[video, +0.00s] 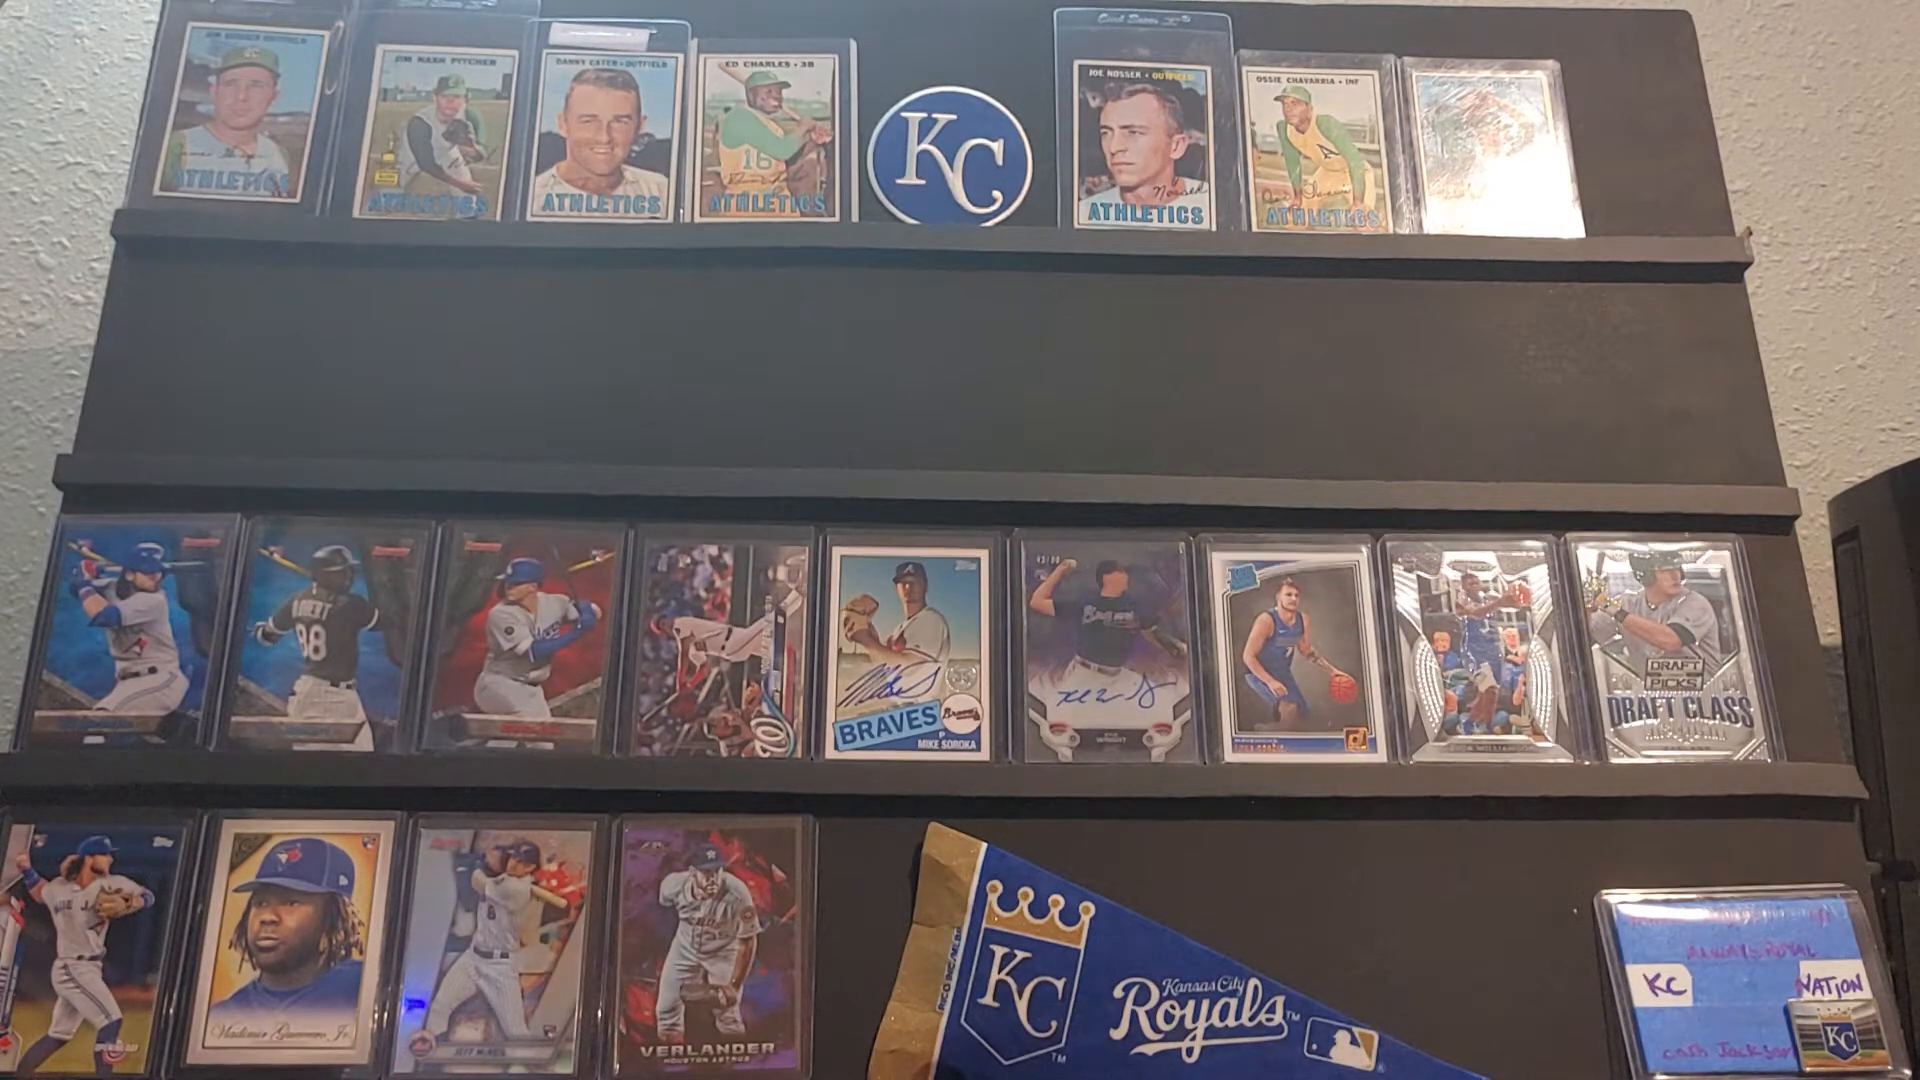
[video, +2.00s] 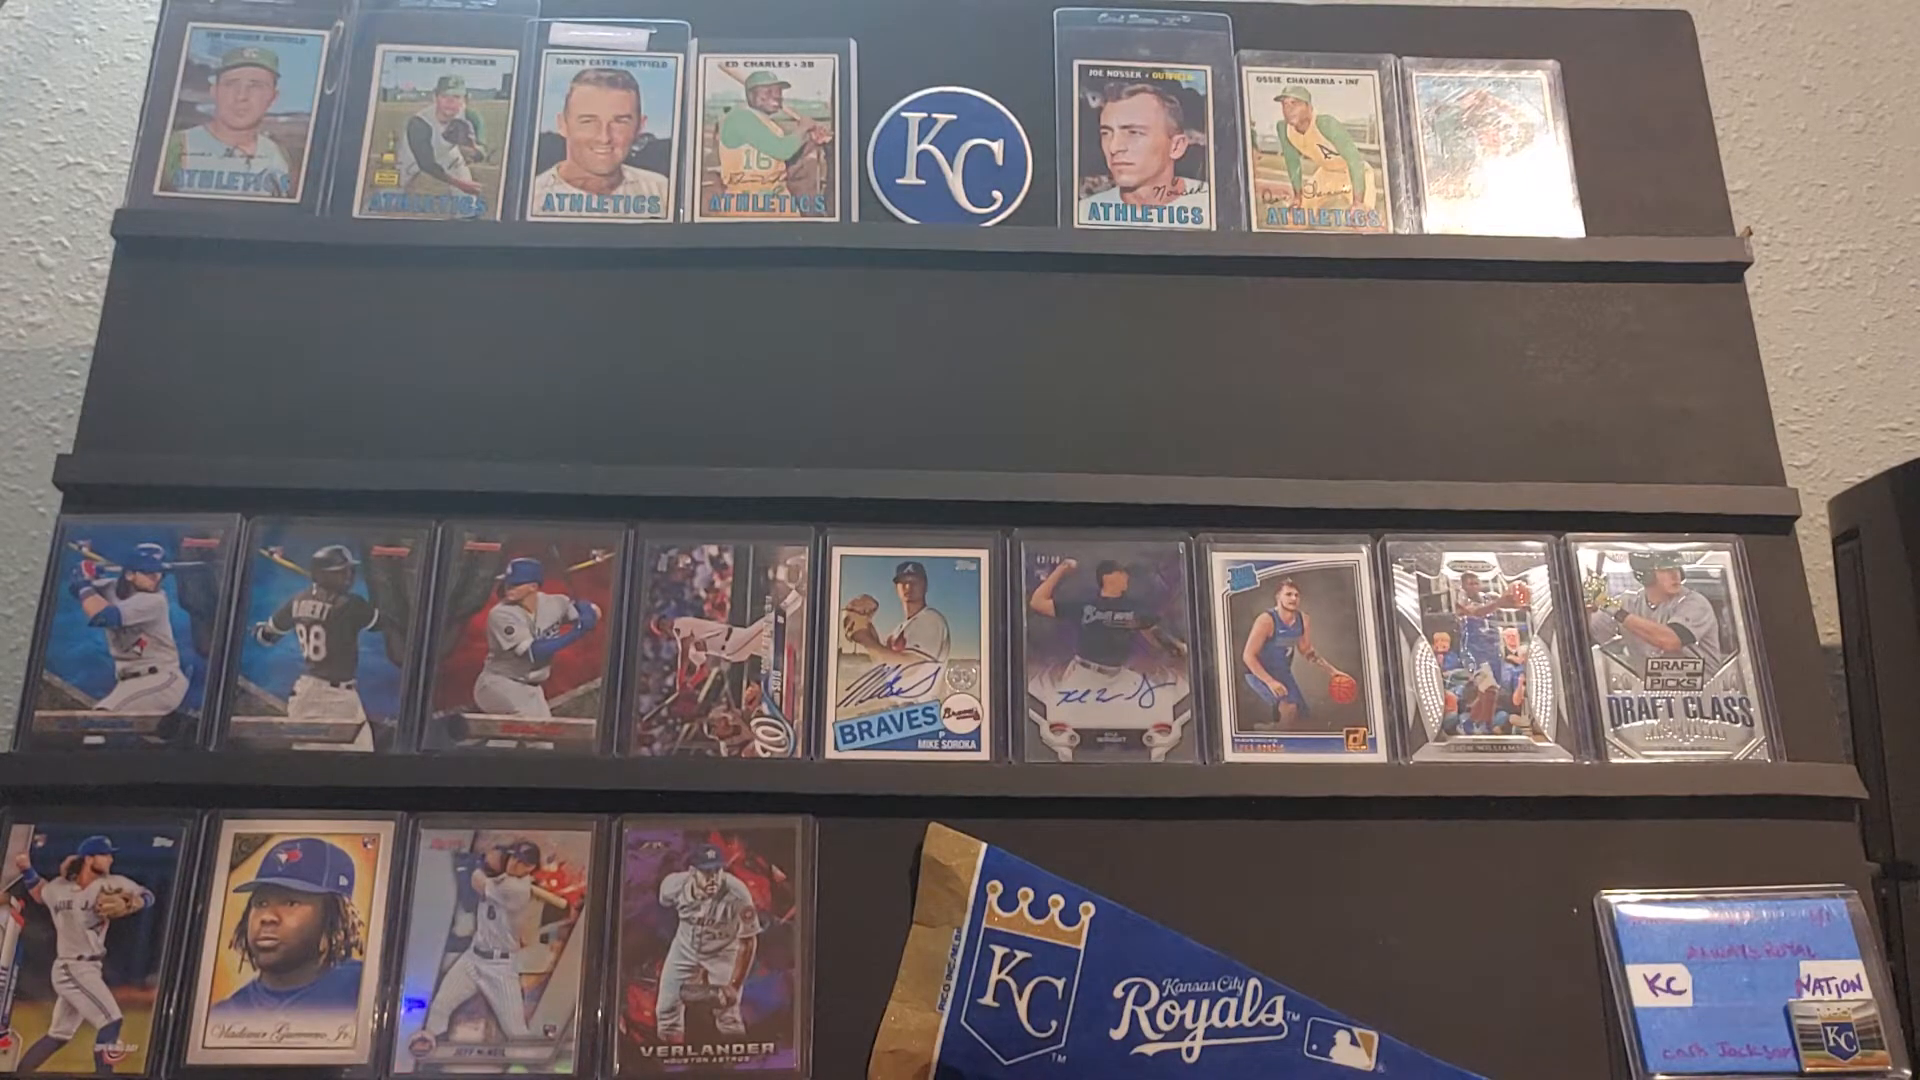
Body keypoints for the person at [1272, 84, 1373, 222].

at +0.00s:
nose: (1288, 109)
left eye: (1294, 104)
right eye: (1284, 104)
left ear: (1309, 108)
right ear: (1281, 108)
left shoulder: (1327, 124)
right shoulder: (1284, 128)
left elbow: (1355, 161)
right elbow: (1292, 163)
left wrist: (1358, 203)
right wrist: (1297, 197)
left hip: (1354, 172)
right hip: (1327, 172)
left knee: (1361, 218)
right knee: (1303, 207)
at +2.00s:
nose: (1288, 109)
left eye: (1294, 103)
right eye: (1284, 105)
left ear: (1308, 107)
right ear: (1281, 108)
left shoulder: (1327, 124)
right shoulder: (1283, 128)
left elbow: (1355, 160)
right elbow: (1293, 163)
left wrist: (1358, 202)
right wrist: (1297, 197)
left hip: (1354, 174)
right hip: (1327, 173)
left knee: (1360, 218)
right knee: (1302, 210)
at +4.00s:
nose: (1288, 109)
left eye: (1294, 103)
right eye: (1285, 104)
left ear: (1308, 107)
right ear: (1281, 108)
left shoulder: (1326, 124)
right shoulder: (1283, 128)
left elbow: (1355, 161)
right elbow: (1293, 163)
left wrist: (1358, 202)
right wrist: (1298, 197)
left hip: (1355, 172)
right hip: (1327, 172)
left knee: (1360, 218)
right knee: (1302, 208)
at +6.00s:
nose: (1288, 109)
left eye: (1294, 103)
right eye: (1285, 104)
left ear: (1309, 107)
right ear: (1281, 107)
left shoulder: (1327, 123)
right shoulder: (1283, 128)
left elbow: (1355, 161)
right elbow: (1293, 164)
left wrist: (1358, 202)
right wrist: (1297, 197)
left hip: (1355, 172)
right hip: (1327, 172)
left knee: (1360, 219)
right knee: (1302, 209)